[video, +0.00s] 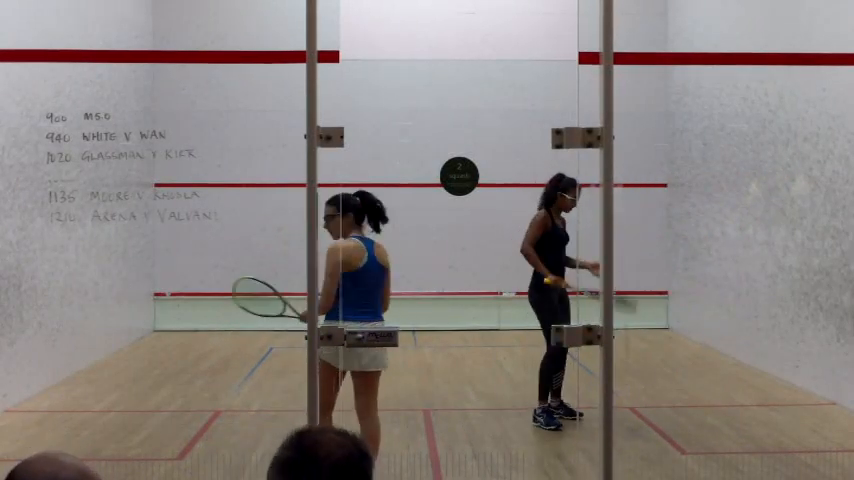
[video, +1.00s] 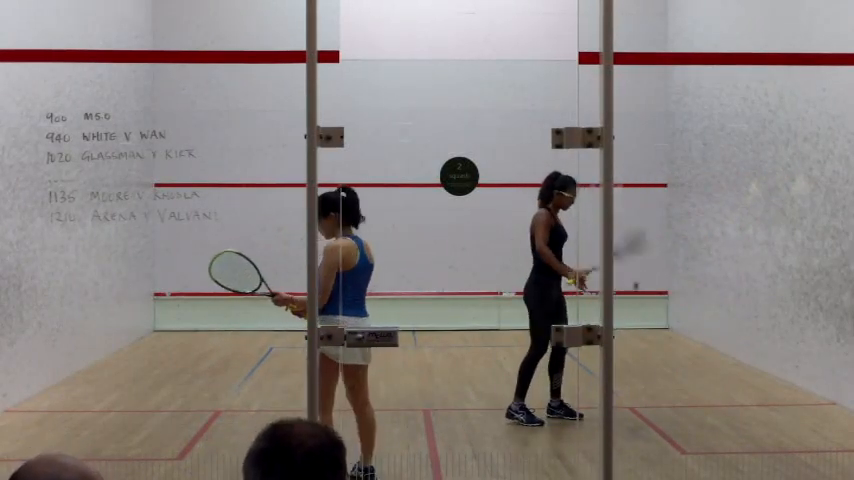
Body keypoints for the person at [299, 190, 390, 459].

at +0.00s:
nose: (325, 226)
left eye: (328, 218)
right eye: (325, 219)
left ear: (346, 218)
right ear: (355, 219)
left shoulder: (337, 250)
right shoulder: (380, 251)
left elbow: (326, 304)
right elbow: (383, 304)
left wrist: (309, 312)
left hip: (337, 336)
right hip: (371, 336)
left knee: (323, 409)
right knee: (368, 411)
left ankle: (323, 472)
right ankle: (366, 472)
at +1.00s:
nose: (318, 227)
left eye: (320, 219)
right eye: (318, 220)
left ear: (332, 217)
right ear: (344, 216)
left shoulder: (334, 249)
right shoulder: (364, 248)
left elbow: (321, 298)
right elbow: (348, 297)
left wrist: (289, 300)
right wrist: (306, 307)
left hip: (331, 332)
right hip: (360, 331)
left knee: (323, 406)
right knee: (361, 401)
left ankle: (324, 468)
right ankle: (366, 466)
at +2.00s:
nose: (330, 227)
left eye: (331, 220)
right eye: (329, 220)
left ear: (343, 218)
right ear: (359, 217)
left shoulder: (343, 249)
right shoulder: (377, 250)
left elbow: (327, 298)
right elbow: (361, 296)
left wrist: (303, 294)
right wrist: (310, 297)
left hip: (339, 333)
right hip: (369, 332)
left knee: (328, 403)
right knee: (367, 400)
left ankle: (327, 468)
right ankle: (367, 467)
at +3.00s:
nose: (330, 222)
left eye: (331, 216)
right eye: (330, 216)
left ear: (338, 216)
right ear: (362, 216)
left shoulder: (335, 252)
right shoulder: (377, 250)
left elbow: (320, 302)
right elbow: (369, 295)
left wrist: (302, 295)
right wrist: (315, 295)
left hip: (337, 333)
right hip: (370, 332)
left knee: (328, 403)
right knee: (368, 401)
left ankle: (324, 466)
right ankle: (367, 465)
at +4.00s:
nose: (299, 220)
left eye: (303, 214)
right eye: (300, 214)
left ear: (318, 217)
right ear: (327, 218)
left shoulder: (332, 251)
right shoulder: (335, 249)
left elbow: (322, 302)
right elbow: (319, 300)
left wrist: (283, 296)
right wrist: (289, 314)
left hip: (335, 334)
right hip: (351, 331)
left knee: (320, 403)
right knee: (351, 396)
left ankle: (325, 463)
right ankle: (374, 459)